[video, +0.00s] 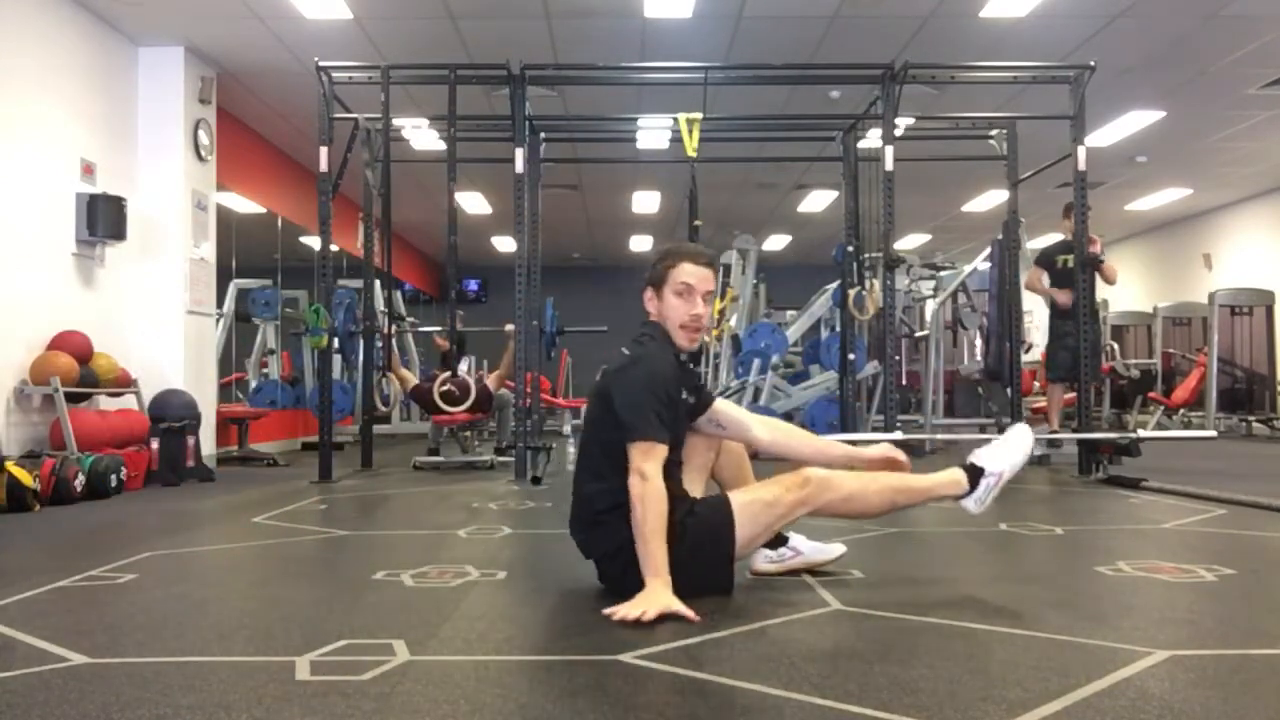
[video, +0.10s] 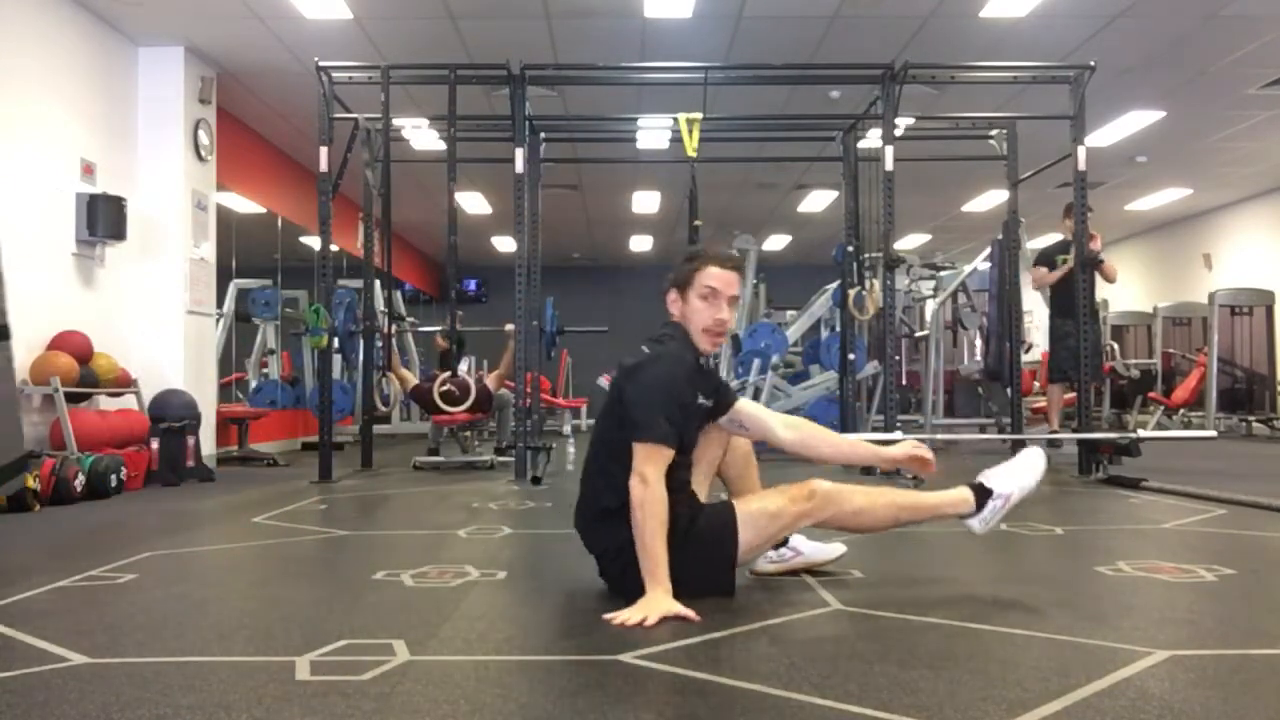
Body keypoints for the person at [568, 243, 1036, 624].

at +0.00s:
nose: (700, 310)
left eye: (707, 299)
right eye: (686, 296)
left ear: (711, 305)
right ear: (651, 303)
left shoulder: (675, 370)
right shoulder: (648, 370)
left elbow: (755, 431)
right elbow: (645, 479)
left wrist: (858, 456)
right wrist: (655, 586)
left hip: (647, 531)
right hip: (640, 556)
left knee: (716, 427)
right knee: (805, 485)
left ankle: (765, 545)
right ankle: (969, 481)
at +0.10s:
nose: (723, 315)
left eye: (731, 304)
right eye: (711, 300)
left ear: (738, 308)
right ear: (675, 303)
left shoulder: (695, 373)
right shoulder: (666, 370)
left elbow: (782, 429)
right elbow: (647, 484)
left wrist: (884, 455)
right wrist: (655, 591)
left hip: (650, 531)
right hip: (647, 558)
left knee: (730, 425)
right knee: (810, 497)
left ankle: (769, 544)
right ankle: (975, 500)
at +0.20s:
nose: (746, 319)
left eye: (754, 307)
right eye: (732, 301)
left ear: (755, 313)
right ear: (694, 304)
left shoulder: (716, 377)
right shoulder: (675, 373)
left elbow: (802, 430)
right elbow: (649, 484)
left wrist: (904, 457)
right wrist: (655, 593)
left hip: (664, 532)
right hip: (650, 560)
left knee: (743, 424)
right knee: (815, 507)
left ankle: (768, 546)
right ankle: (983, 512)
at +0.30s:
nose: (763, 322)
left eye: (771, 310)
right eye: (750, 304)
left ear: (771, 314)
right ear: (709, 303)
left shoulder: (730, 376)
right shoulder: (678, 373)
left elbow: (816, 428)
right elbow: (647, 485)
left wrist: (914, 459)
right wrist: (655, 593)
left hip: (679, 524)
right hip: (662, 556)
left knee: (755, 422)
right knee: (825, 514)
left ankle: (770, 545)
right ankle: (994, 525)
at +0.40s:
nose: (779, 321)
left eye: (784, 308)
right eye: (769, 305)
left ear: (775, 309)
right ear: (723, 299)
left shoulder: (739, 368)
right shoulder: (679, 371)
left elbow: (822, 424)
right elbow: (648, 483)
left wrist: (921, 458)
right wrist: (657, 592)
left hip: (692, 517)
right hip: (674, 549)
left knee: (768, 418)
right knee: (836, 516)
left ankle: (773, 544)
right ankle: (1004, 534)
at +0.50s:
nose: (787, 317)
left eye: (791, 304)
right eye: (778, 302)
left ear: (741, 297)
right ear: (732, 295)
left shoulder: (740, 360)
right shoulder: (683, 368)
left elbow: (819, 419)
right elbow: (650, 484)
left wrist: (920, 458)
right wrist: (656, 591)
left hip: (697, 510)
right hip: (683, 545)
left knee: (778, 415)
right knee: (842, 515)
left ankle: (776, 544)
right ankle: (1010, 535)